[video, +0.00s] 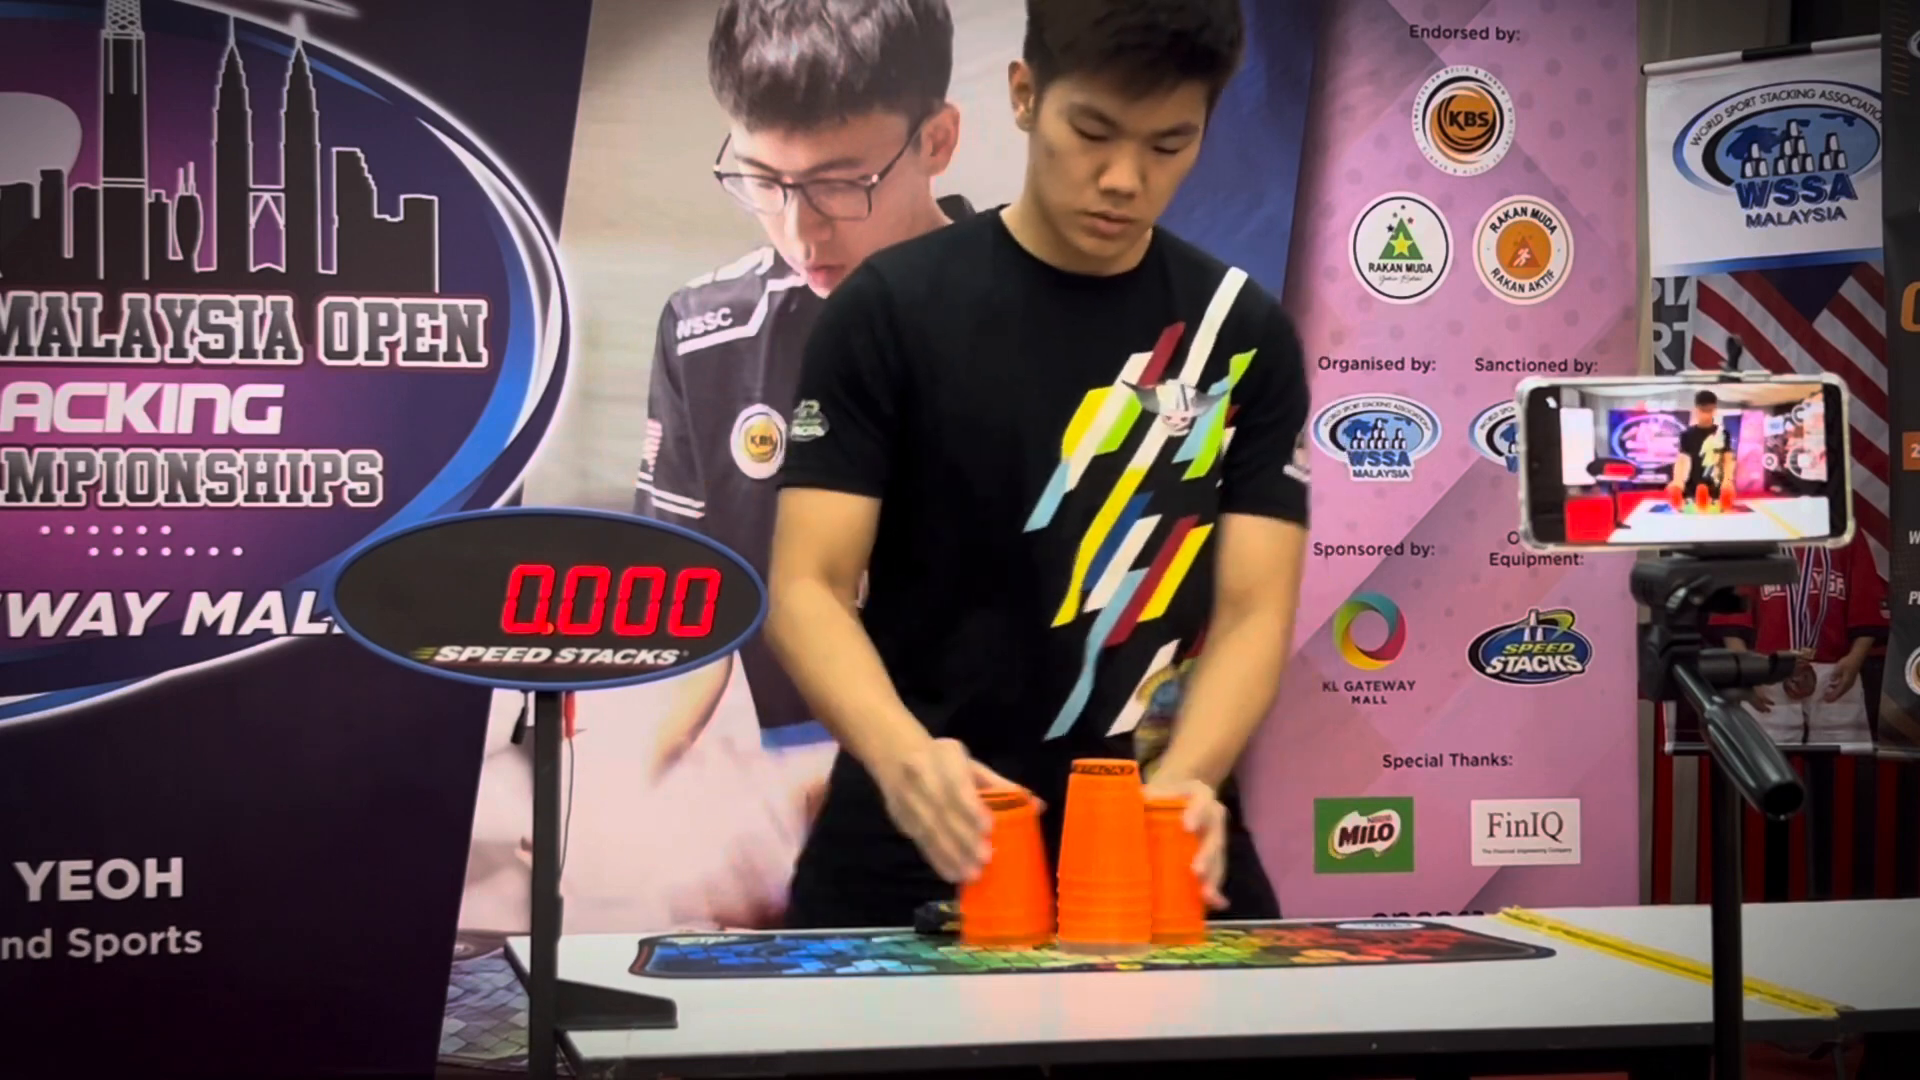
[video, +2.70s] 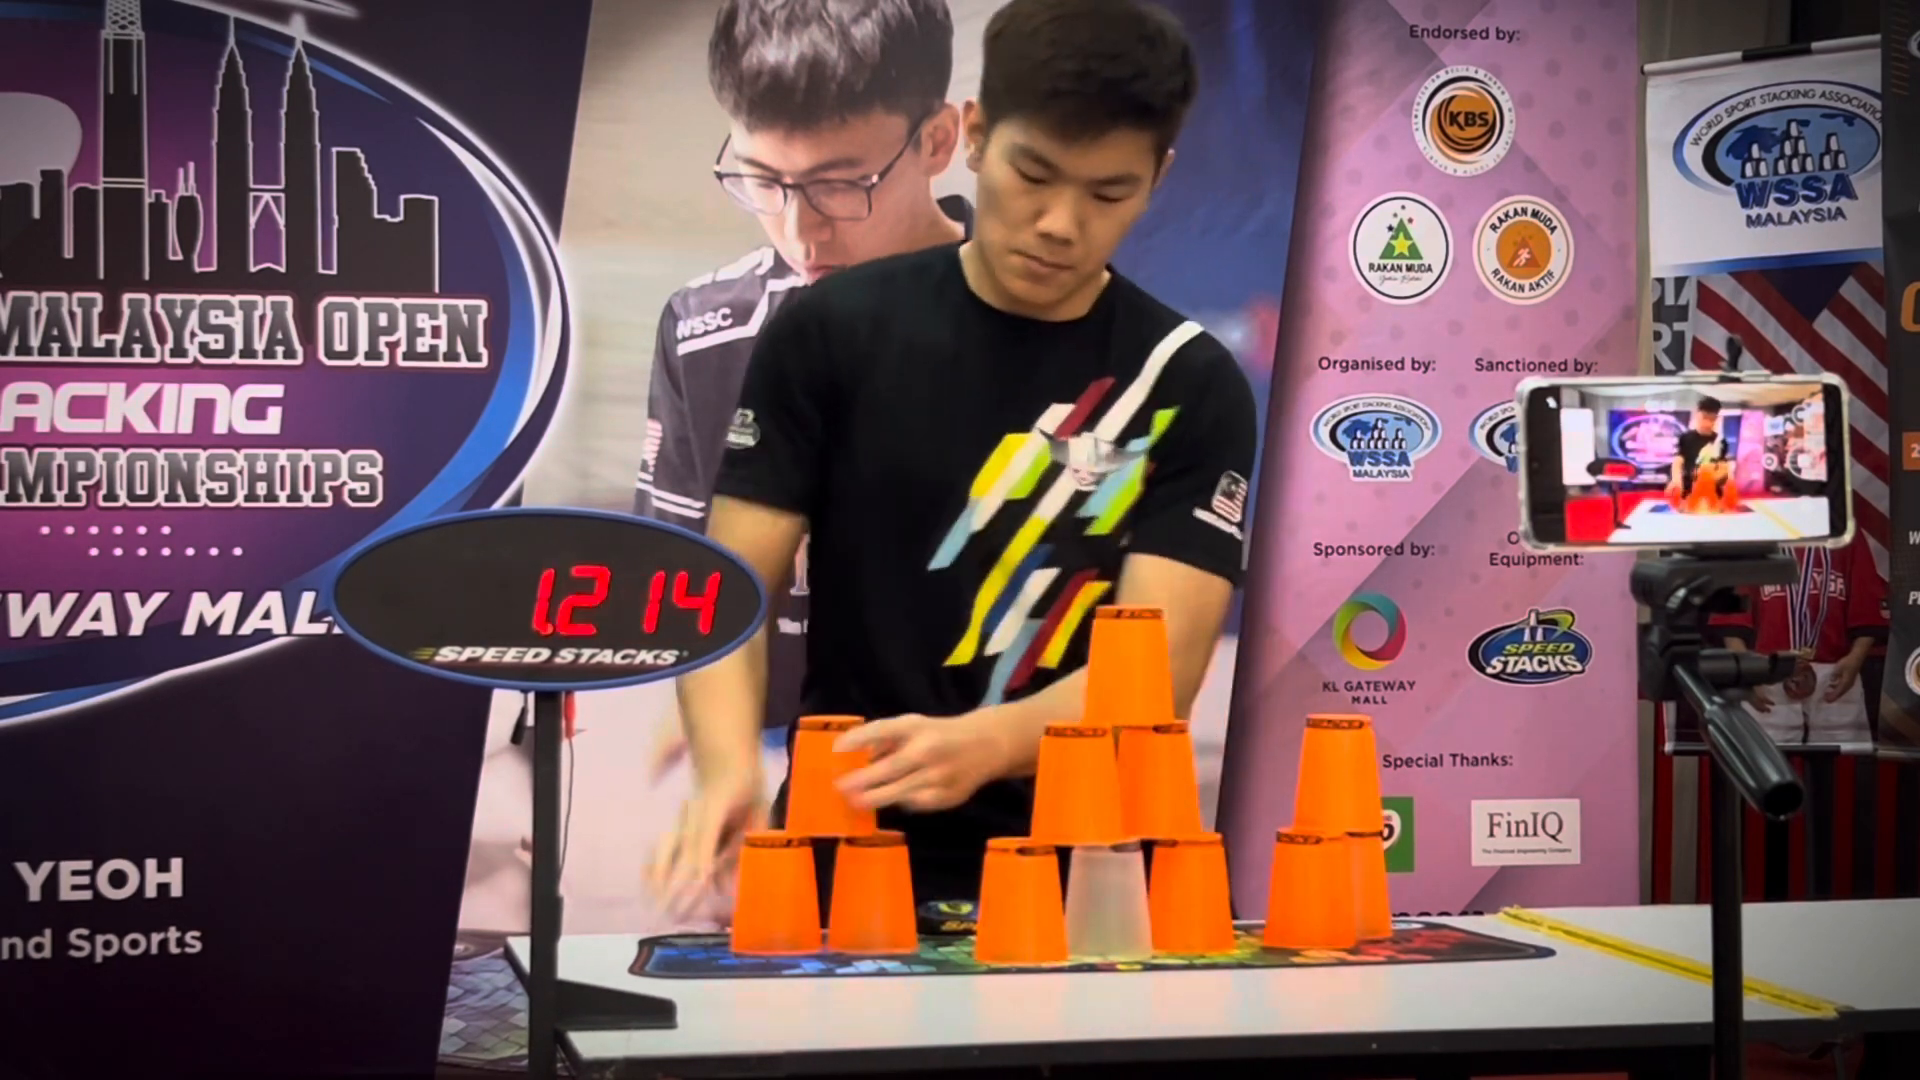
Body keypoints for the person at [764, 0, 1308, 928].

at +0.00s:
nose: (1124, 180)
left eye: (1166, 144)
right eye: (1091, 132)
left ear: (1203, 129)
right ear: (1023, 97)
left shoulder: (1245, 335)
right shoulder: (891, 306)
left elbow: (1255, 612)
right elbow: (806, 588)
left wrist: (1185, 776)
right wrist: (901, 756)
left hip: (1144, 860)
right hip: (907, 850)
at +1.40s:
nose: (1128, 268)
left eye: (1173, 235)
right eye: (1100, 216)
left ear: (1209, 213)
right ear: (1028, 169)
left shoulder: (1214, 406)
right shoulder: (874, 355)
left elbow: (1238, 681)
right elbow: (741, 618)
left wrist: (1177, 852)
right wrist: (922, 817)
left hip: (1092, 921)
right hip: (856, 906)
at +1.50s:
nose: (1139, 268)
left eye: (1183, 236)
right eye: (1112, 216)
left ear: (1215, 217)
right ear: (1034, 170)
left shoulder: (1220, 404)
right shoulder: (887, 359)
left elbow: (1223, 662)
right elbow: (820, 659)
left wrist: (1190, 787)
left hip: (1086, 905)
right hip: (865, 894)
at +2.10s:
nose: (1139, 246)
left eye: (1184, 211)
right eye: (1111, 192)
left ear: (1217, 198)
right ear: (1037, 155)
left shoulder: (1229, 405)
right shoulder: (885, 353)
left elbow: (1227, 673)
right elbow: (812, 635)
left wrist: (1184, 763)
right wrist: (927, 745)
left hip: (1116, 892)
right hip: (874, 885)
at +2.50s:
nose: (1089, 235)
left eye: (1136, 204)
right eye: (1062, 183)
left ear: (1182, 194)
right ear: (1002, 146)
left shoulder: (1216, 396)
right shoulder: (856, 351)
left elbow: (1218, 686)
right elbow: (765, 608)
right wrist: (811, 709)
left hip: (1094, 894)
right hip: (867, 877)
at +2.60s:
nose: (1050, 228)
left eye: (1099, 196)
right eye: (1025, 176)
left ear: (1150, 187)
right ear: (969, 140)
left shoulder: (1189, 394)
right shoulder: (826, 346)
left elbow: (1181, 697)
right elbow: (740, 593)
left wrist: (1007, 749)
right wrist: (746, 679)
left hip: (1073, 895)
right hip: (841, 882)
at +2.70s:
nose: (801, 233)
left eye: (842, 183)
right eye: (763, 179)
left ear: (940, 143)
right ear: (734, 139)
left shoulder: (1029, 311)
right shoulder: (701, 331)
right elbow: (680, 574)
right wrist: (711, 706)